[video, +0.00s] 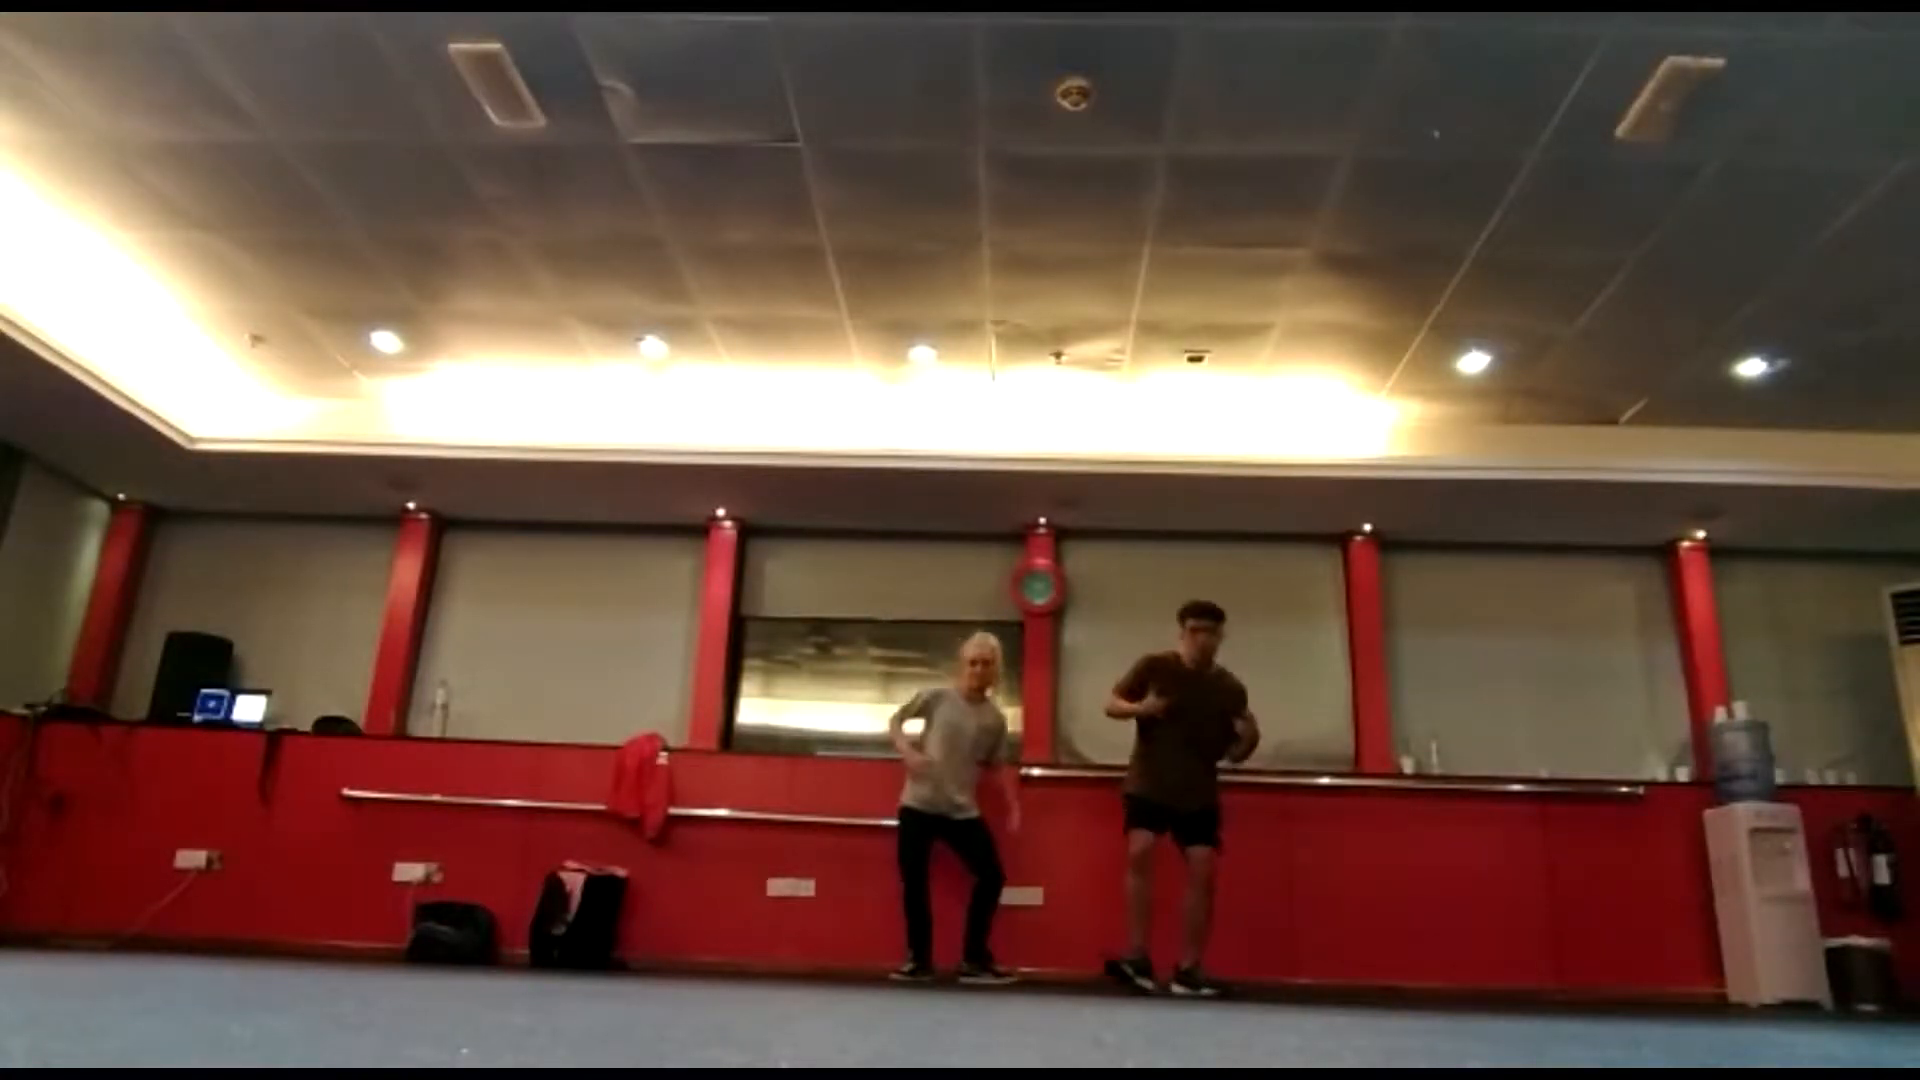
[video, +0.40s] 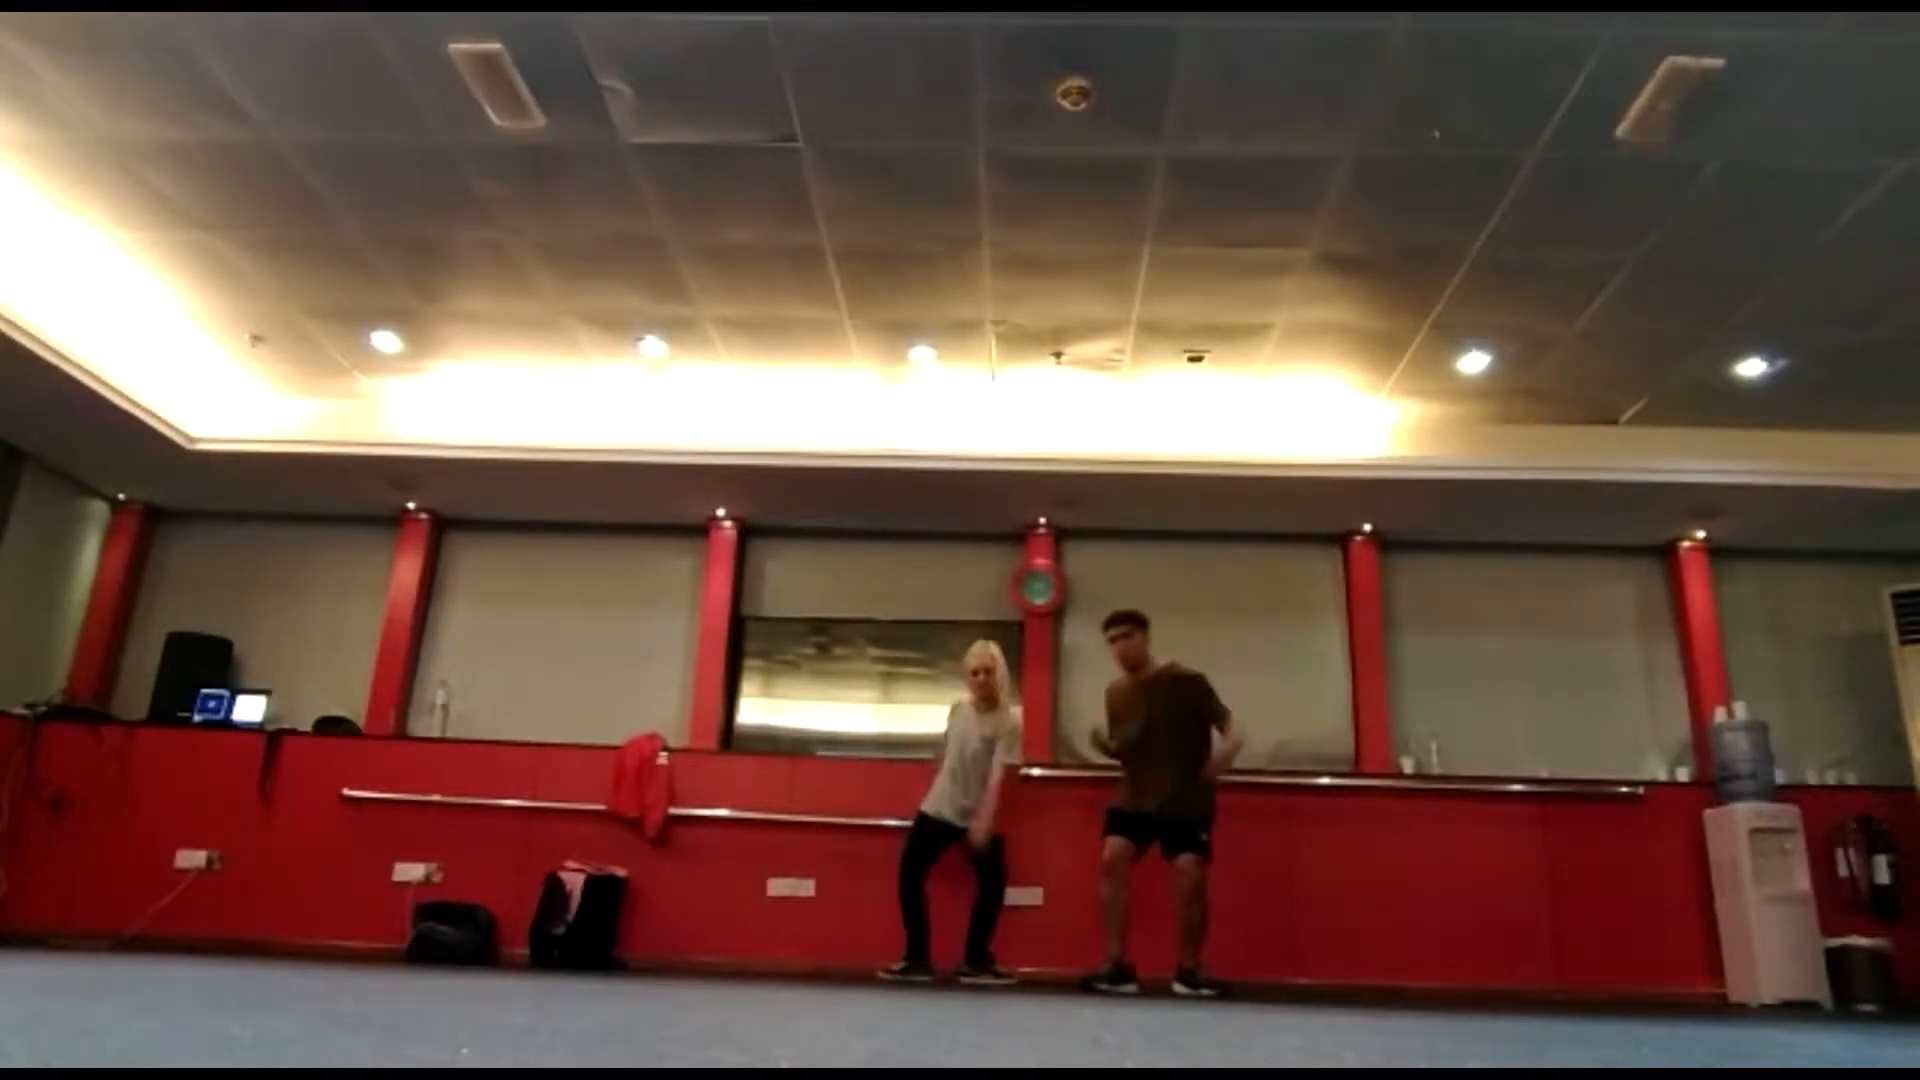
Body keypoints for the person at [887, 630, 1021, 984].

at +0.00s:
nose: (977, 670)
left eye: (985, 664)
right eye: (972, 662)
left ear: (995, 671)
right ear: (960, 665)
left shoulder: (995, 720)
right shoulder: (935, 700)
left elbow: (1001, 767)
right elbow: (896, 723)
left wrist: (1013, 807)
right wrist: (909, 754)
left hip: (962, 811)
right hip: (919, 806)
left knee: (990, 876)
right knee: (914, 886)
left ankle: (975, 959)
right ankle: (919, 959)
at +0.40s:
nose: (981, 679)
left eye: (988, 672)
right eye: (974, 673)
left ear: (1000, 675)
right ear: (966, 677)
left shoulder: (1008, 719)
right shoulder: (959, 709)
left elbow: (998, 775)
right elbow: (948, 756)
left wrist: (983, 821)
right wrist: (933, 797)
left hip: (976, 817)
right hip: (938, 810)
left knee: (992, 884)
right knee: (911, 873)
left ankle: (977, 960)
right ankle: (916, 958)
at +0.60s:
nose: (964, 668)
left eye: (970, 660)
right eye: (958, 662)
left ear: (985, 662)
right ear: (951, 668)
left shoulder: (998, 708)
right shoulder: (959, 702)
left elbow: (993, 756)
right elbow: (958, 745)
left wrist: (947, 777)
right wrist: (948, 766)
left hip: (985, 811)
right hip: (949, 803)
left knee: (991, 883)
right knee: (913, 862)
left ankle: (977, 958)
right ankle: (911, 946)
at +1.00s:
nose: (940, 672)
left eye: (946, 665)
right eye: (933, 666)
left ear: (960, 668)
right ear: (924, 671)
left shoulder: (974, 703)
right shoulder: (926, 714)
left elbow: (992, 738)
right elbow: (925, 763)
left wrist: (973, 777)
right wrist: (907, 803)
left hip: (967, 817)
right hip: (927, 815)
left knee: (990, 879)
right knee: (914, 885)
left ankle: (977, 961)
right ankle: (912, 959)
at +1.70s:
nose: (950, 681)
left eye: (957, 675)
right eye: (944, 673)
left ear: (967, 679)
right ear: (932, 674)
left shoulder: (969, 723)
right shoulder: (909, 711)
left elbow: (976, 768)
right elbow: (891, 752)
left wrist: (974, 806)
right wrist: (898, 801)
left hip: (953, 822)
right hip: (915, 819)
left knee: (941, 895)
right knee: (912, 893)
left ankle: (936, 959)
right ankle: (910, 956)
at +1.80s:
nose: (947, 683)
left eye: (954, 675)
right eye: (941, 675)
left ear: (966, 680)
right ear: (929, 677)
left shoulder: (971, 725)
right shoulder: (912, 711)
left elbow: (978, 772)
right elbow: (893, 749)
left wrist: (966, 806)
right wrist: (899, 791)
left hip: (953, 815)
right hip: (918, 807)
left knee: (943, 892)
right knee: (916, 829)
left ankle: (936, 960)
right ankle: (911, 891)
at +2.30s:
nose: (906, 683)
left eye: (913, 675)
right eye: (899, 676)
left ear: (926, 676)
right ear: (890, 679)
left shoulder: (947, 710)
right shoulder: (887, 722)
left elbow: (967, 754)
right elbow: (894, 771)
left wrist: (942, 801)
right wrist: (903, 809)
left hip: (955, 814)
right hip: (916, 814)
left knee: (945, 884)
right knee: (910, 884)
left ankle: (936, 946)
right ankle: (908, 953)